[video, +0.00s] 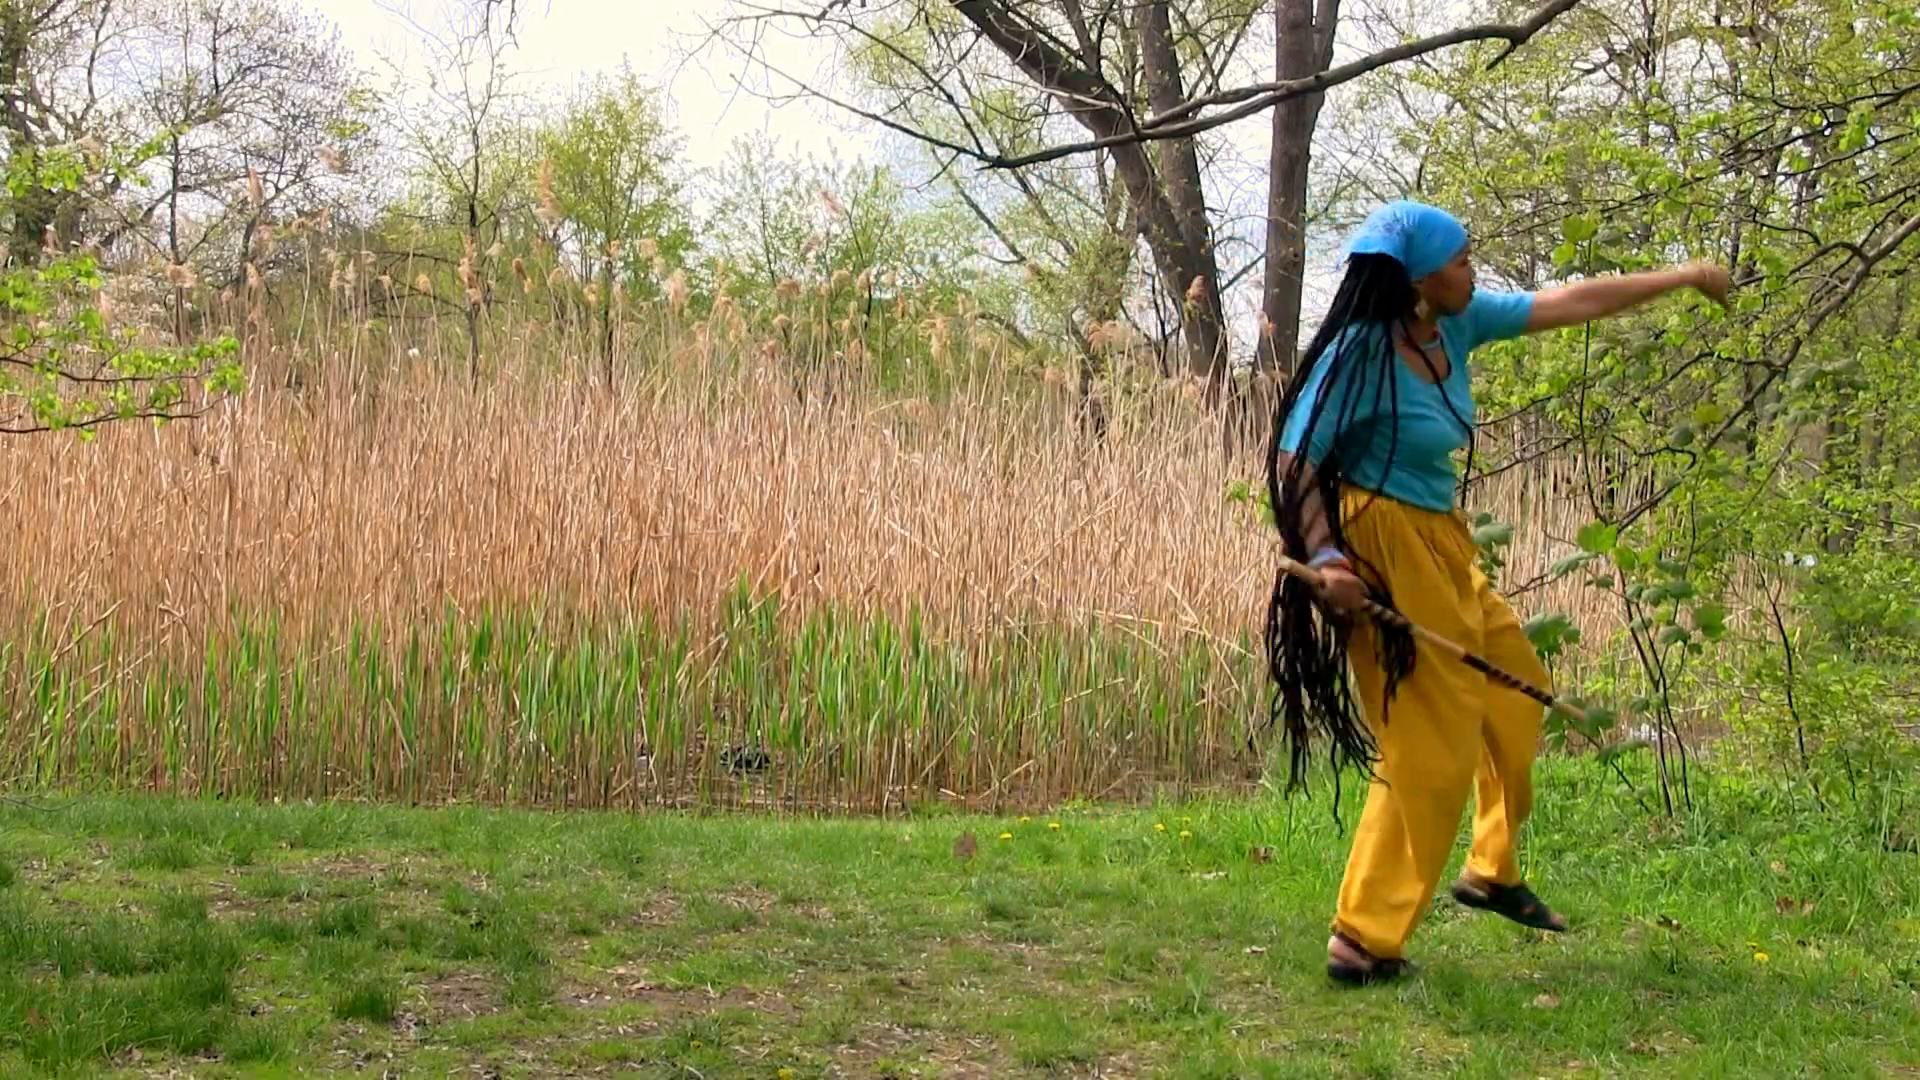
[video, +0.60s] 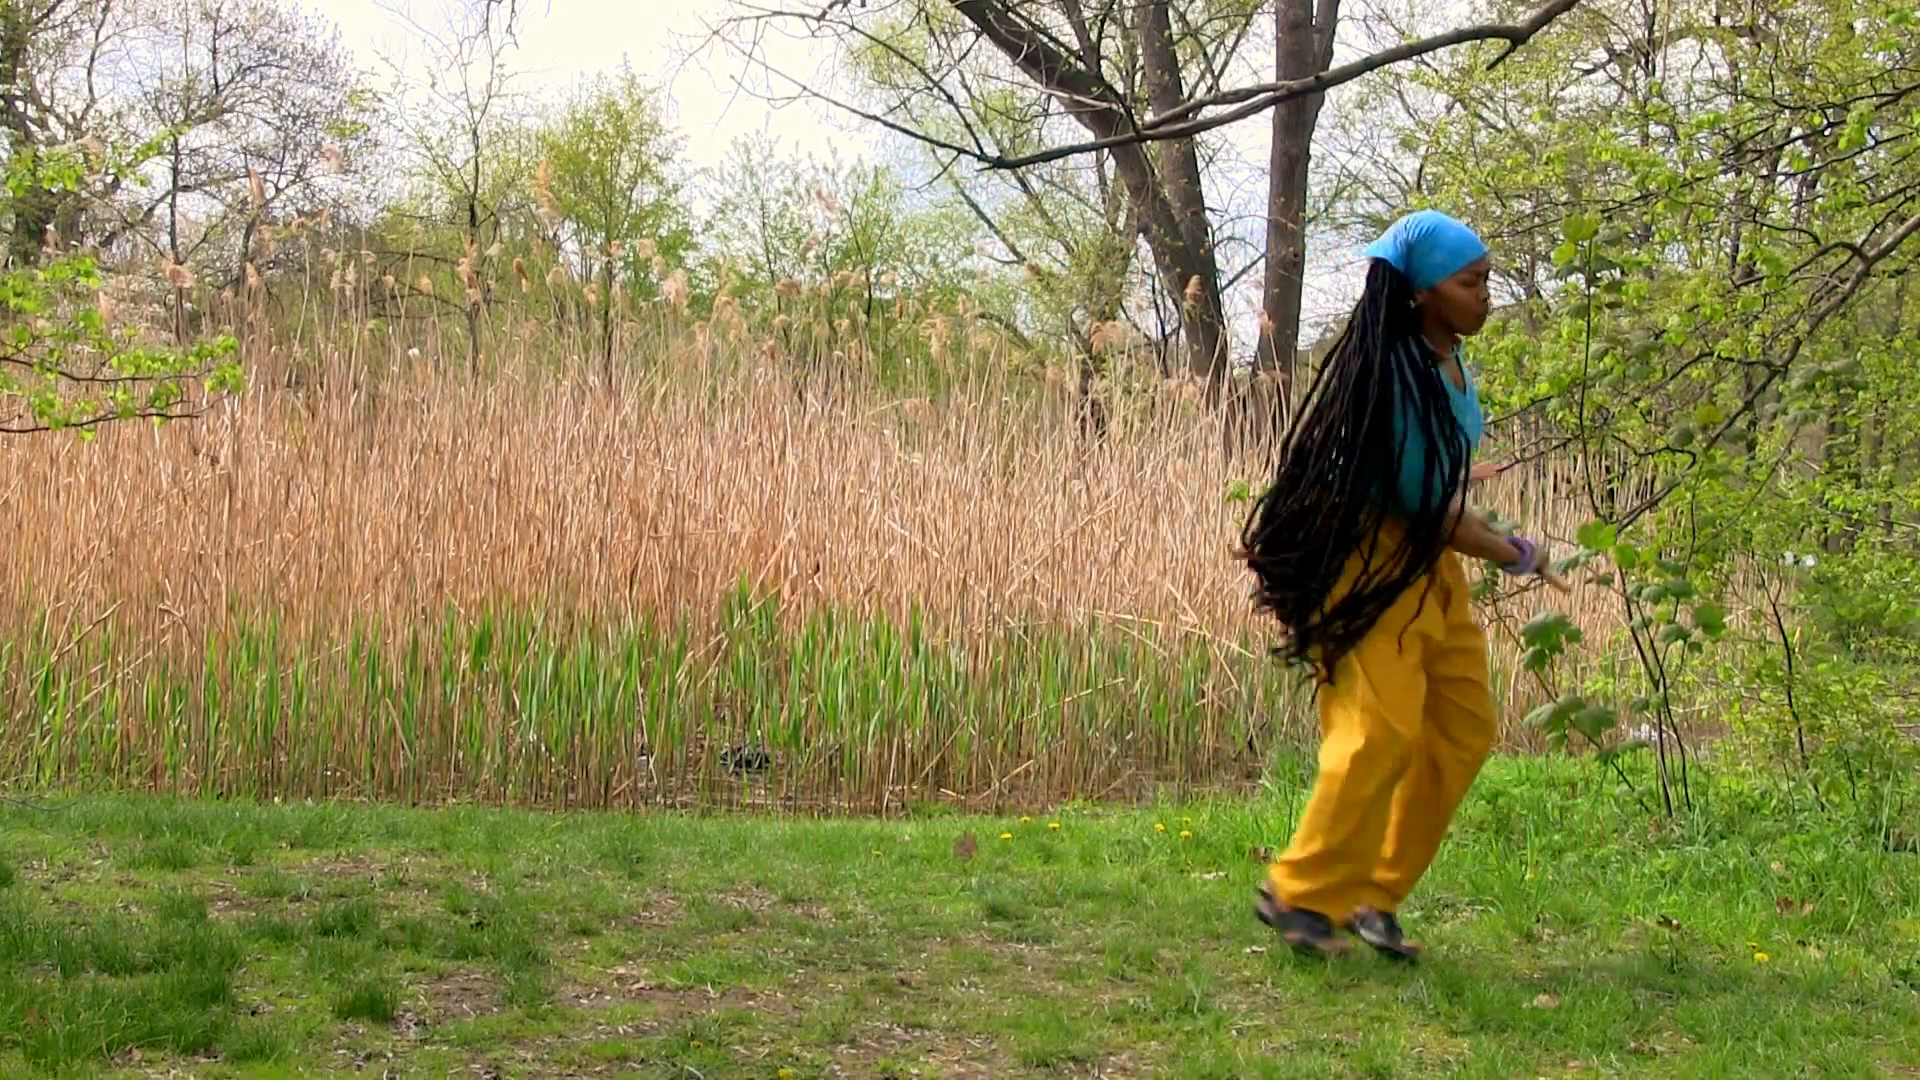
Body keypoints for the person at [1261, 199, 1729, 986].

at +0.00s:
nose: (1473, 272)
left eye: (1467, 259)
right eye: (1459, 262)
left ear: (1434, 276)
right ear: (1417, 279)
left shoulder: (1454, 323)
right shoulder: (1352, 351)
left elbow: (1567, 302)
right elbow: (1295, 462)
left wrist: (1679, 276)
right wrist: (1320, 556)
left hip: (1444, 545)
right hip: (1379, 545)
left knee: (1518, 685)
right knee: (1432, 734)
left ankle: (1494, 870)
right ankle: (1363, 936)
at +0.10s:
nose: (1497, 289)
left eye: (1493, 276)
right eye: (1484, 279)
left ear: (1457, 288)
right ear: (1440, 293)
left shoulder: (1489, 343)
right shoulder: (1365, 351)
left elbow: (1585, 371)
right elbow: (1292, 445)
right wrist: (1291, 515)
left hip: (1462, 553)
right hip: (1394, 554)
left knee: (1523, 715)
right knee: (1457, 740)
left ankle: (1544, 890)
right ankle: (1353, 923)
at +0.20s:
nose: (1517, 343)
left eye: (1514, 329)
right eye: (1503, 333)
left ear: (1485, 344)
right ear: (1462, 349)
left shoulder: (1516, 394)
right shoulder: (1381, 401)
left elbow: (1545, 474)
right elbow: (1318, 500)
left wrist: (1617, 550)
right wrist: (1323, 527)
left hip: (1494, 592)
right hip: (1411, 599)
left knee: (1540, 758)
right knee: (1473, 771)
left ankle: (1550, 922)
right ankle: (1364, 923)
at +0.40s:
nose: (1508, 341)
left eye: (1505, 327)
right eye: (1497, 330)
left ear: (1465, 345)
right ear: (1456, 346)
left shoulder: (1476, 402)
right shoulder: (1414, 436)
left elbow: (1482, 526)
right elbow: (1462, 554)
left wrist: (1537, 594)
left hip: (1477, 598)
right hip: (1406, 605)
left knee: (1532, 759)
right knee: (1459, 771)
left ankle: (1550, 918)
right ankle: (1367, 930)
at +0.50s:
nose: (1493, 296)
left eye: (1489, 282)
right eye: (1479, 284)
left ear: (1443, 302)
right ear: (1436, 302)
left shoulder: (1458, 368)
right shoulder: (1401, 387)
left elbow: (1434, 467)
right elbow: (1463, 520)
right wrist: (1551, 585)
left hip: (1467, 572)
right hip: (1400, 582)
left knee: (1509, 740)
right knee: (1420, 761)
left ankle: (1465, 893)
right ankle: (1364, 928)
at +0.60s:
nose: (1488, 291)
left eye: (1486, 276)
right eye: (1474, 278)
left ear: (1440, 294)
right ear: (1427, 294)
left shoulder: (1444, 361)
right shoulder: (1389, 376)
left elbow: (1435, 483)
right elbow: (1430, 508)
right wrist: (1511, 550)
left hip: (1432, 568)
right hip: (1368, 571)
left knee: (1465, 729)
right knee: (1381, 729)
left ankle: (1374, 895)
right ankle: (1298, 890)